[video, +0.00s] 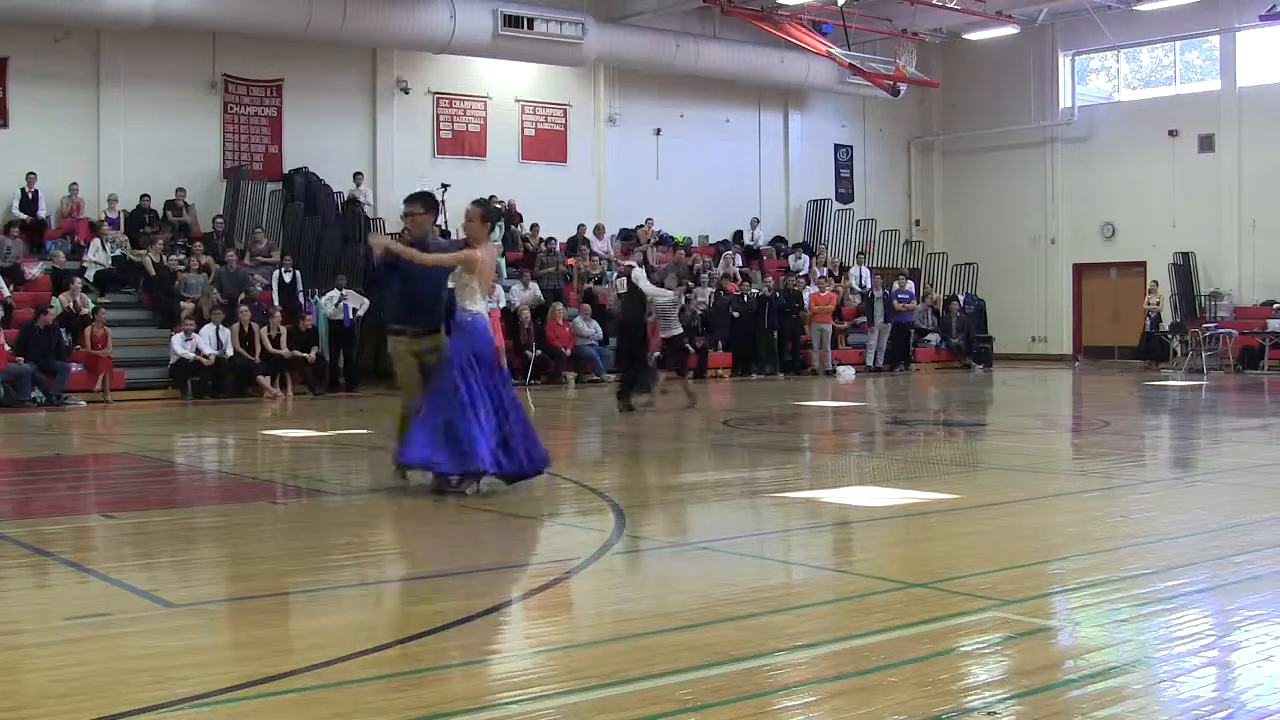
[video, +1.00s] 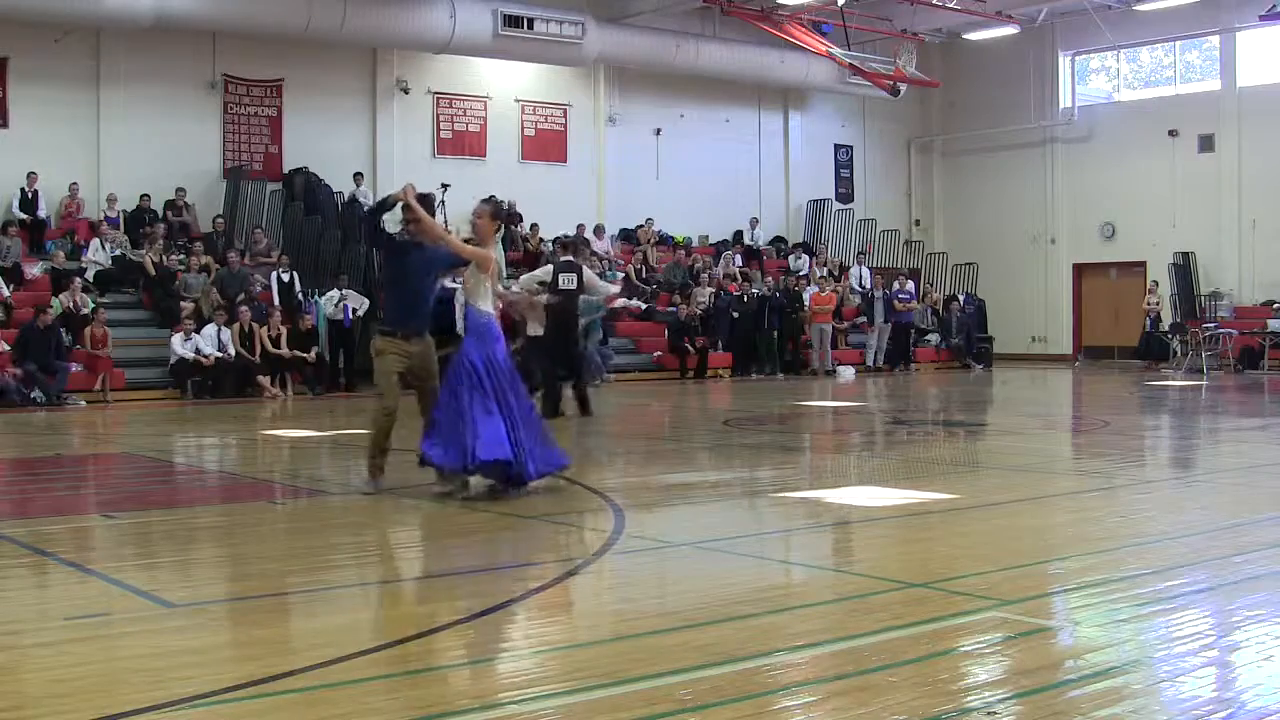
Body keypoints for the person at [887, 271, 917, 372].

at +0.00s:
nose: (901, 281)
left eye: (903, 279)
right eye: (899, 279)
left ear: (906, 281)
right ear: (897, 281)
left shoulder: (911, 293)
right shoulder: (894, 293)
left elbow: (914, 305)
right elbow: (896, 307)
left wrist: (902, 305)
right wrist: (909, 306)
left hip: (908, 321)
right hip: (897, 321)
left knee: (906, 343)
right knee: (897, 344)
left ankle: (907, 363)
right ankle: (896, 364)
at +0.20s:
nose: (901, 282)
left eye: (903, 279)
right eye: (899, 280)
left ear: (906, 281)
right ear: (897, 281)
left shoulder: (911, 294)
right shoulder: (894, 293)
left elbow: (914, 305)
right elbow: (896, 307)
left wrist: (902, 305)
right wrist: (909, 306)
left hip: (908, 321)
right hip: (898, 321)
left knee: (906, 343)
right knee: (897, 344)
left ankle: (907, 363)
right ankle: (896, 364)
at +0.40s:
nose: (900, 282)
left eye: (902, 280)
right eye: (899, 280)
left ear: (906, 281)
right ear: (897, 281)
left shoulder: (911, 294)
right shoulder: (894, 293)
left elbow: (914, 305)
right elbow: (896, 307)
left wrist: (902, 305)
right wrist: (909, 307)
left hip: (908, 321)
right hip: (897, 321)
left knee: (906, 343)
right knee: (896, 344)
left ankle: (907, 363)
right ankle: (896, 364)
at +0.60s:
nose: (901, 282)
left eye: (903, 280)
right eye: (899, 280)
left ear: (906, 281)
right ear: (897, 281)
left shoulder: (911, 294)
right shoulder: (894, 293)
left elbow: (914, 305)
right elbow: (896, 307)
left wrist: (902, 305)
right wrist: (909, 307)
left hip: (908, 321)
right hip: (897, 321)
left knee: (906, 343)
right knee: (897, 344)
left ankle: (907, 363)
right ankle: (896, 364)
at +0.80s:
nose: (900, 282)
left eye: (902, 279)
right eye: (899, 280)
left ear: (906, 281)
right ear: (897, 281)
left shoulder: (910, 293)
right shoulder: (894, 293)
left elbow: (915, 305)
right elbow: (897, 307)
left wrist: (903, 305)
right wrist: (909, 306)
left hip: (908, 321)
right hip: (897, 321)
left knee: (907, 343)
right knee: (897, 343)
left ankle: (907, 363)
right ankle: (896, 364)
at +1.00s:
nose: (900, 282)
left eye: (902, 280)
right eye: (899, 280)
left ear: (906, 281)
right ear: (897, 281)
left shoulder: (910, 293)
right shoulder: (894, 293)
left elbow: (915, 305)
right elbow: (897, 307)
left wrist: (904, 305)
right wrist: (909, 306)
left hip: (908, 321)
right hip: (897, 321)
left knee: (907, 343)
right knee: (897, 343)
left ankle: (907, 363)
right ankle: (896, 364)